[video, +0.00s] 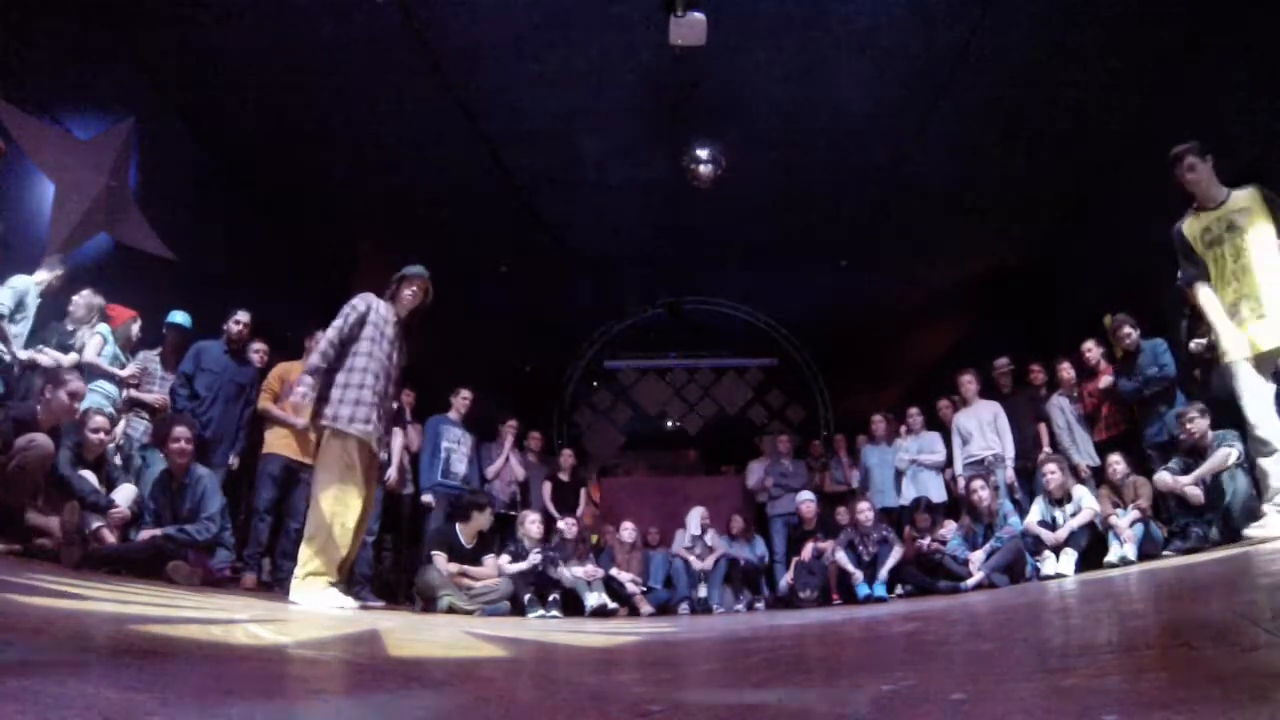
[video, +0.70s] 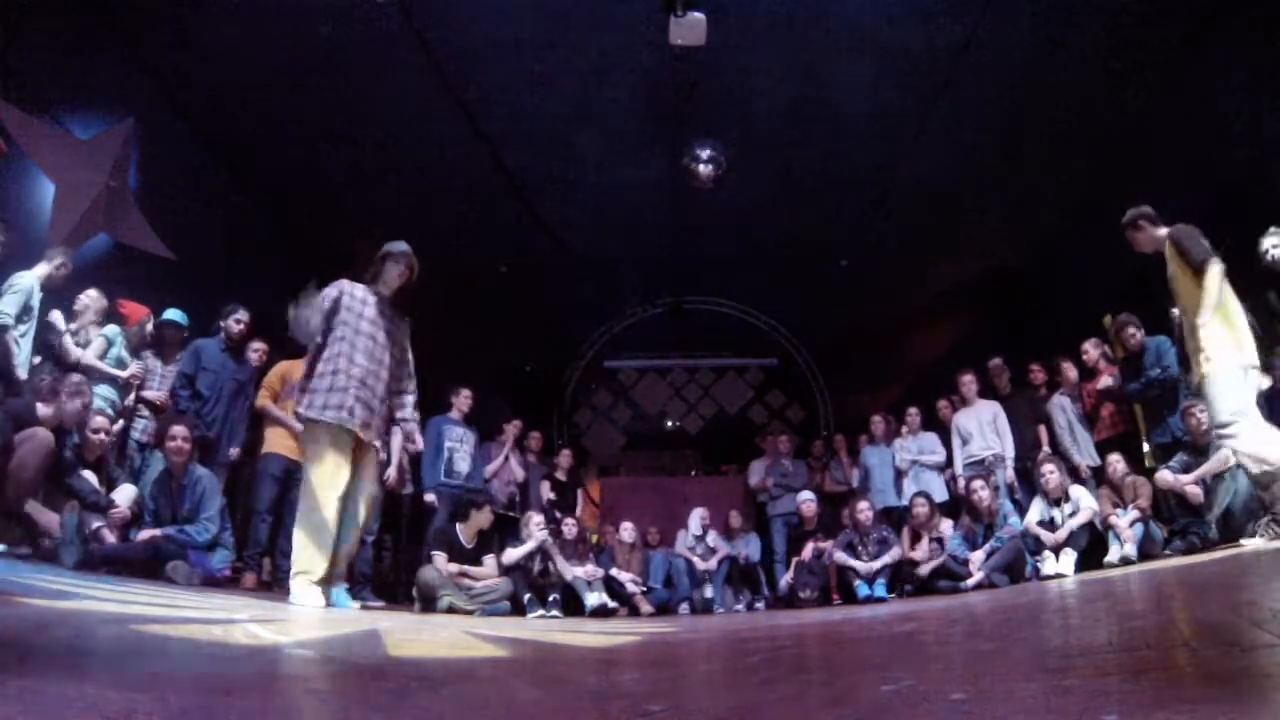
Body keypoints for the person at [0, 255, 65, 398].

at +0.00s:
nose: (58, 284)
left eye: (60, 279)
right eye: (58, 278)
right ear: (53, 273)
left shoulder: (36, 297)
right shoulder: (22, 282)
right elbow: (2, 314)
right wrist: (14, 350)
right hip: (4, 359)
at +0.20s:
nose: (60, 285)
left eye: (63, 280)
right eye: (62, 279)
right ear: (57, 270)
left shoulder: (35, 294)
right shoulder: (23, 282)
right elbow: (3, 317)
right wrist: (10, 363)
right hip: (4, 370)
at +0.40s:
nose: (60, 282)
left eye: (63, 277)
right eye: (62, 276)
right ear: (57, 268)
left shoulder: (34, 289)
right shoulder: (24, 282)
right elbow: (3, 320)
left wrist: (34, 323)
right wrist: (8, 360)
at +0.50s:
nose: (60, 281)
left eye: (63, 277)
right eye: (63, 275)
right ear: (57, 265)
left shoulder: (35, 290)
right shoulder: (25, 282)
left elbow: (14, 328)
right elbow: (3, 319)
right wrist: (11, 363)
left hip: (16, 372)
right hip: (7, 371)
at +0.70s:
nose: (61, 282)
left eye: (65, 276)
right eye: (64, 274)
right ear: (59, 265)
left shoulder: (34, 288)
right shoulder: (25, 282)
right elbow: (4, 321)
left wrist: (28, 359)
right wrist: (16, 367)